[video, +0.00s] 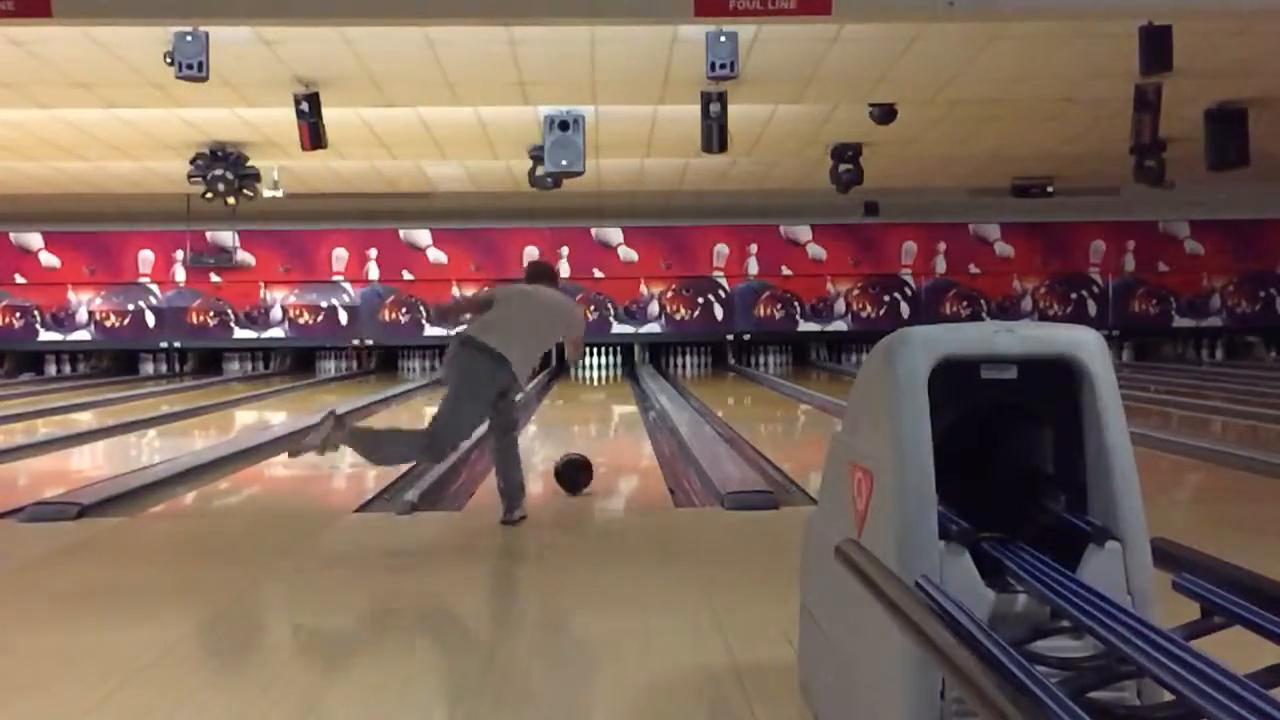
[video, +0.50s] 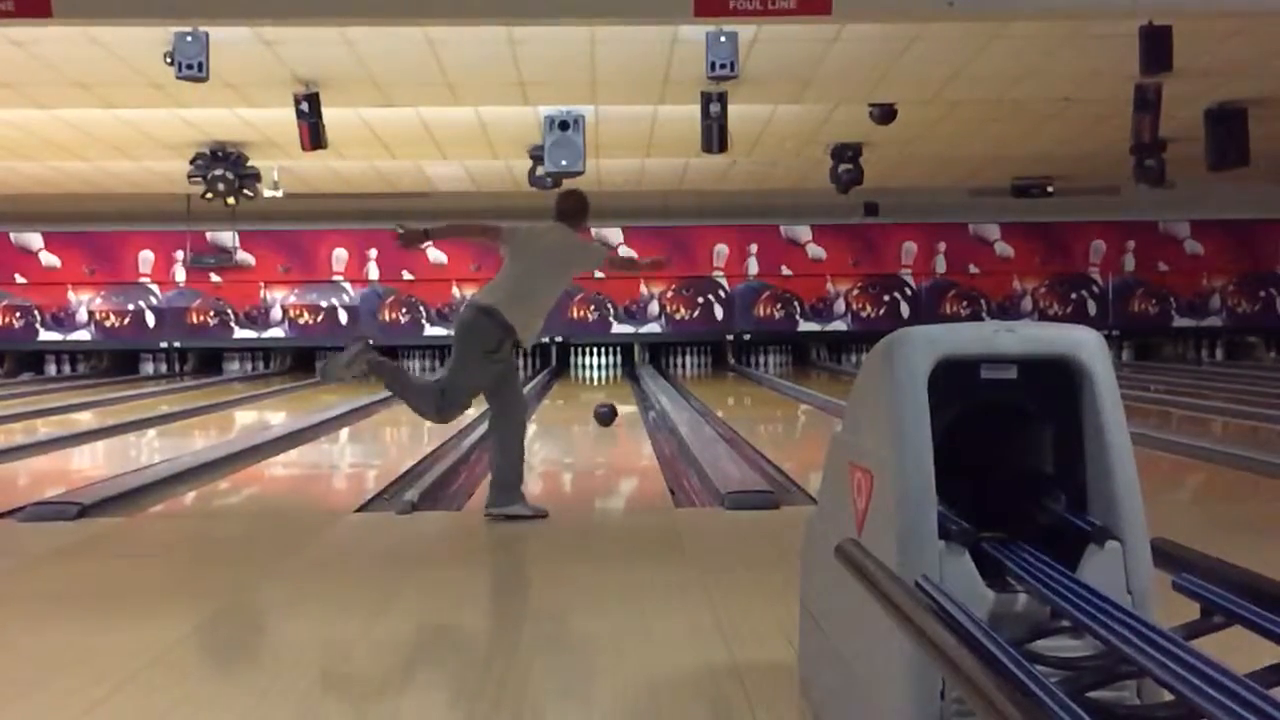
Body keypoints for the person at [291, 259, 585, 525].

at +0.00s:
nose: (532, 281)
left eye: (530, 277)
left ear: (529, 280)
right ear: (557, 283)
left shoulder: (510, 292)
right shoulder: (570, 310)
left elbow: (461, 305)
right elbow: (573, 357)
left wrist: (440, 315)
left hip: (463, 351)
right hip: (494, 369)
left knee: (504, 429)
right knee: (436, 444)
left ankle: (513, 507)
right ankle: (345, 433)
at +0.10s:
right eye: (577, 263)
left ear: (544, 260)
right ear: (574, 263)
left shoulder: (523, 271)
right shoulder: (576, 281)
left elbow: (494, 265)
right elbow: (593, 268)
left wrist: (466, 257)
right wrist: (586, 232)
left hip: (470, 345)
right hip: (481, 345)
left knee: (513, 419)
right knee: (425, 417)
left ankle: (515, 505)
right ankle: (353, 374)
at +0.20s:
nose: (583, 241)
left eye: (576, 233)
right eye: (583, 236)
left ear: (552, 233)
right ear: (582, 239)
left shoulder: (526, 251)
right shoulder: (575, 259)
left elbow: (485, 241)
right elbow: (611, 232)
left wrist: (460, 229)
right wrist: (578, 194)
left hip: (474, 334)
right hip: (484, 334)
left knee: (510, 417)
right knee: (420, 399)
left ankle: (516, 506)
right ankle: (371, 335)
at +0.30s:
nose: (584, 232)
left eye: (578, 226)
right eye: (584, 227)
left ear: (555, 219)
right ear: (583, 226)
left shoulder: (530, 237)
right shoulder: (582, 248)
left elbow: (490, 231)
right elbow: (622, 234)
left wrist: (447, 227)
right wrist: (609, 204)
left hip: (487, 338)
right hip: (486, 327)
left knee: (507, 419)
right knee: (427, 396)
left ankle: (515, 505)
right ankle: (385, 324)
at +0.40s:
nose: (587, 228)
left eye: (584, 221)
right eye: (588, 222)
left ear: (557, 213)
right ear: (585, 220)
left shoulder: (529, 231)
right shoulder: (585, 246)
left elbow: (482, 229)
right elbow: (623, 247)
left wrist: (435, 230)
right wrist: (633, 234)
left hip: (485, 331)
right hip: (489, 326)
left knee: (508, 418)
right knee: (434, 398)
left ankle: (510, 503)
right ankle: (384, 335)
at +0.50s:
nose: (587, 229)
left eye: (582, 222)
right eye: (587, 224)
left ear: (555, 214)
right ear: (584, 222)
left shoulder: (526, 232)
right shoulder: (577, 246)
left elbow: (477, 230)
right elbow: (620, 263)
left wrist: (426, 235)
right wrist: (650, 264)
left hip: (486, 330)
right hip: (489, 329)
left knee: (511, 415)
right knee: (442, 405)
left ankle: (505, 500)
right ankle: (374, 364)